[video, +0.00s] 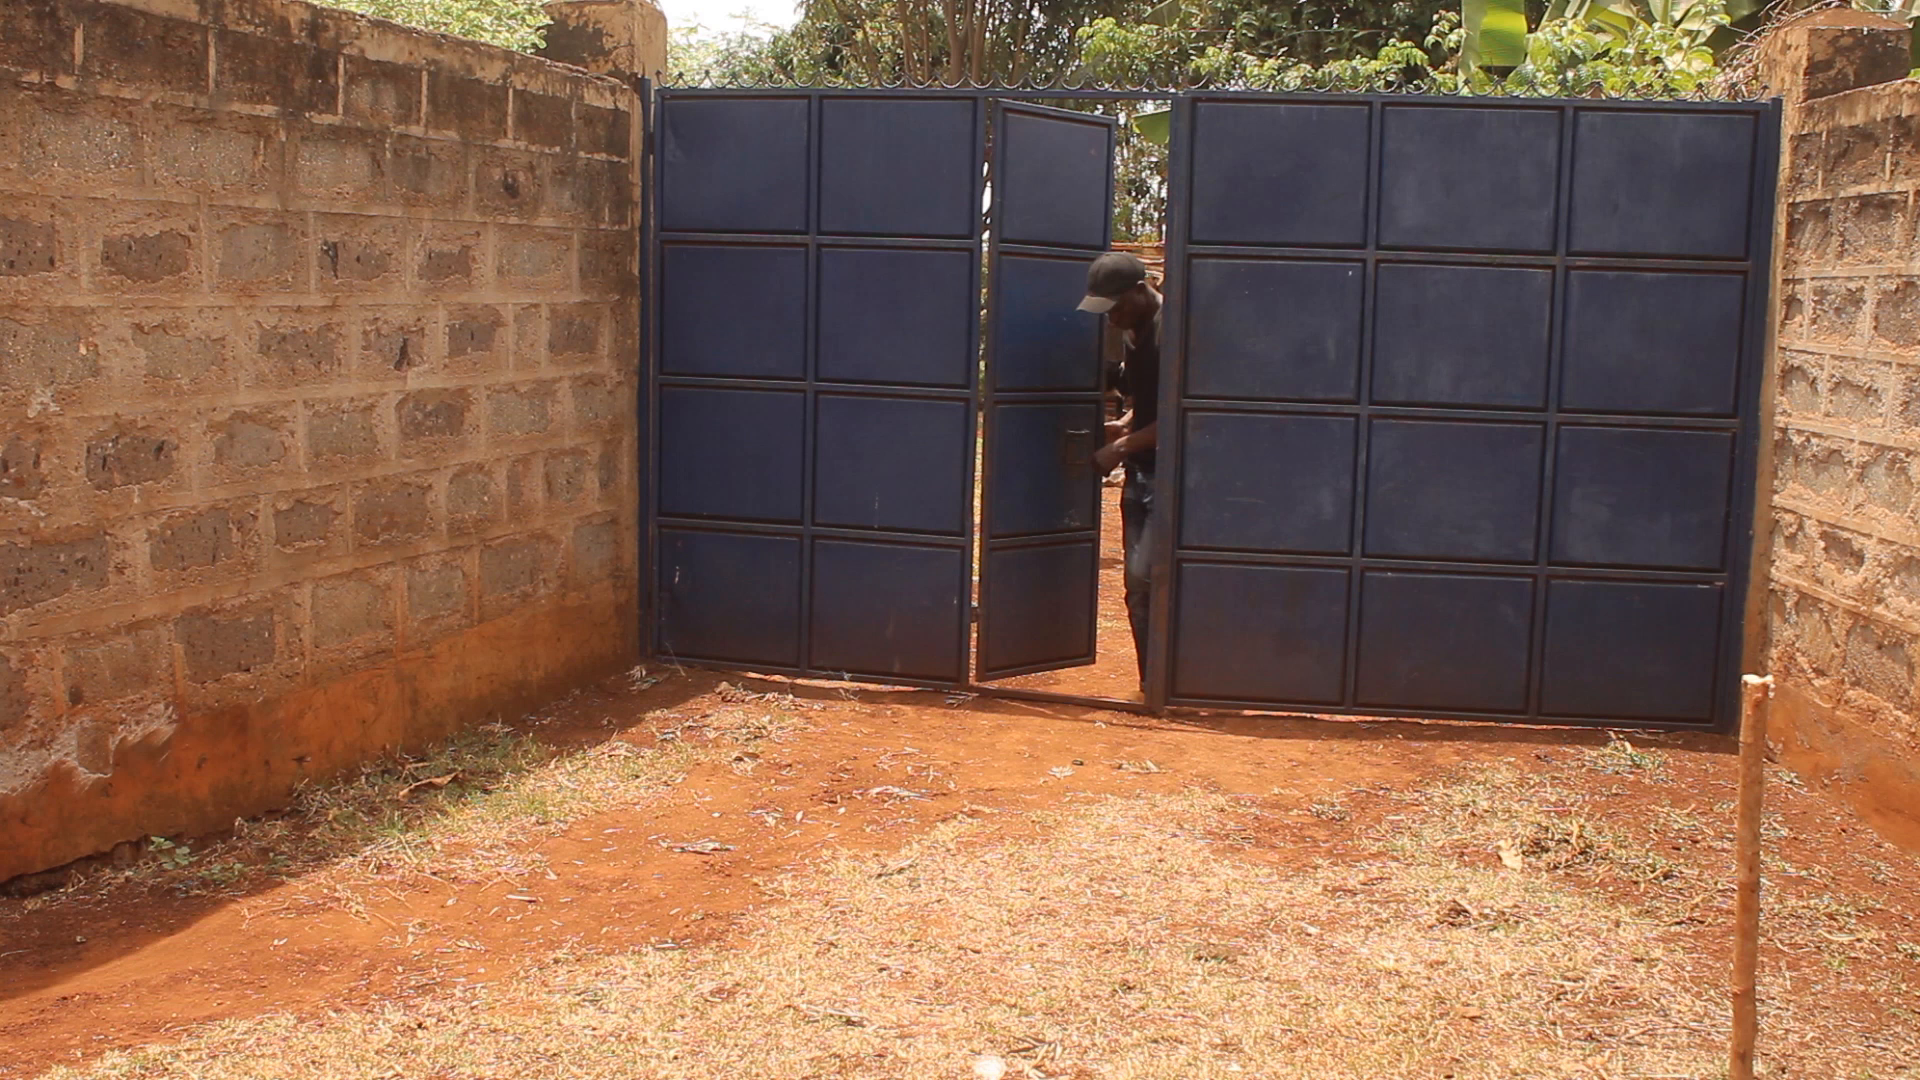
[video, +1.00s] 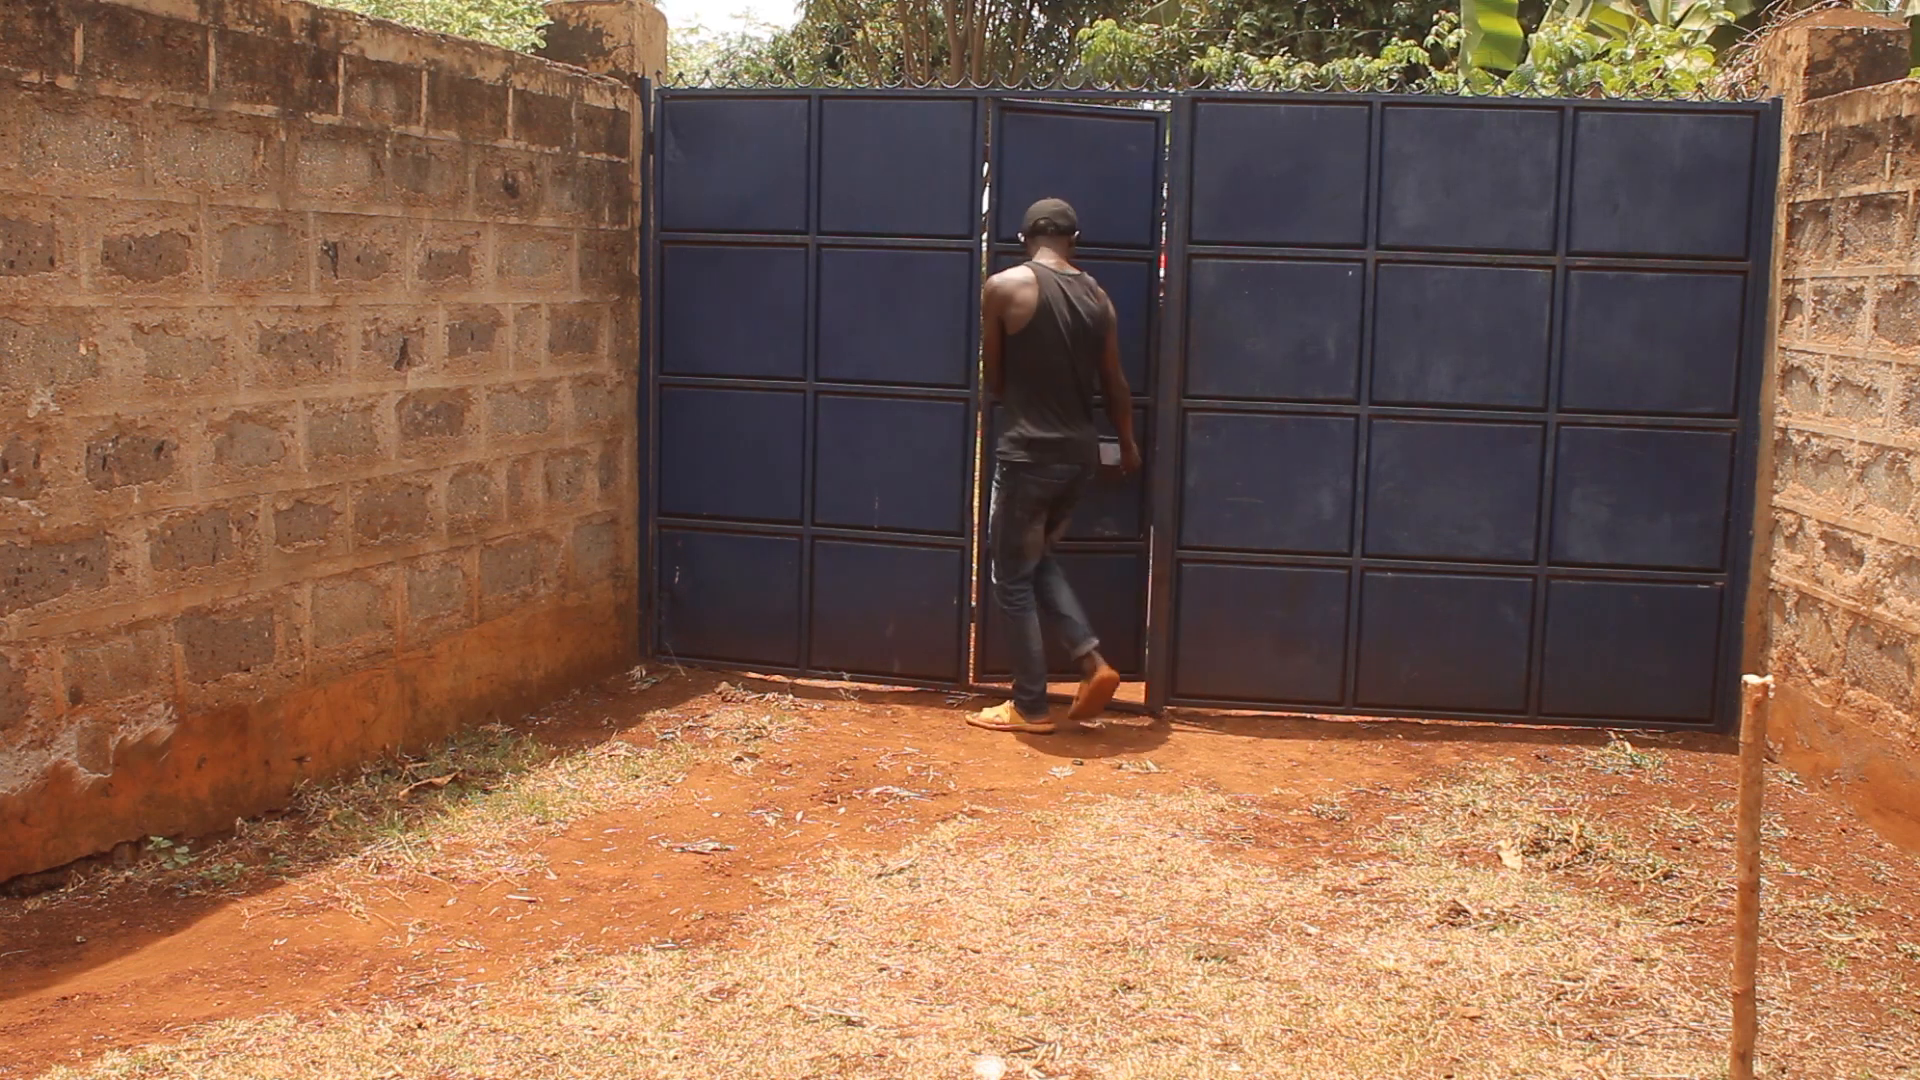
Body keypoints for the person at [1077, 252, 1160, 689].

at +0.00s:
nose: (1111, 316)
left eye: (1115, 306)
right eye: (1107, 308)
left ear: (1139, 293)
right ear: (1112, 299)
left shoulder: (1171, 332)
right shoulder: (1135, 328)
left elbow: (1177, 417)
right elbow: (1149, 400)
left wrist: (1120, 449)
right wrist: (1123, 427)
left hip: (1171, 472)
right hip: (1141, 469)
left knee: (1150, 573)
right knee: (1137, 577)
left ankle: (1164, 683)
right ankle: (1151, 682)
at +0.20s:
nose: (1076, 310)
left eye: (1079, 301)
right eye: (1073, 302)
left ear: (1103, 286)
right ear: (1099, 288)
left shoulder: (1139, 322)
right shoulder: (1114, 317)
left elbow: (1140, 412)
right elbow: (1117, 402)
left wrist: (1069, 438)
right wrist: (1085, 441)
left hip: (1147, 458)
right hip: (1126, 456)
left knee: (1066, 520)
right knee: (1126, 568)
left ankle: (1125, 637)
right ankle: (1150, 672)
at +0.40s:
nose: (1038, 309)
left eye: (1037, 300)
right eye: (1034, 301)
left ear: (1058, 286)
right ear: (1064, 283)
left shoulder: (1092, 328)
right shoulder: (1102, 312)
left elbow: (1086, 418)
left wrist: (1033, 430)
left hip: (1105, 471)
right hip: (1110, 467)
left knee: (1027, 563)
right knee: (1107, 577)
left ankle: (1026, 698)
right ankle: (1147, 675)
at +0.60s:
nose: (1012, 291)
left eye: (1009, 281)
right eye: (1008, 282)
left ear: (1021, 270)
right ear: (1050, 260)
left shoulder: (1050, 312)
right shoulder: (1081, 304)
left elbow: (1025, 402)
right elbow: (1107, 393)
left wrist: (1013, 434)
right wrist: (1103, 454)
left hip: (1064, 475)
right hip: (1084, 473)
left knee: (1000, 574)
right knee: (1029, 573)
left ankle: (1029, 704)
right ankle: (1114, 626)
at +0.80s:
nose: (1009, 254)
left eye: (1008, 247)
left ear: (1013, 244)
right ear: (1059, 238)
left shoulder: (1017, 290)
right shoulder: (1082, 288)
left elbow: (998, 389)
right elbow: (1111, 376)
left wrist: (1022, 422)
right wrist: (1122, 440)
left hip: (1042, 458)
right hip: (1068, 453)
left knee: (1005, 574)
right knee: (981, 542)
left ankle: (1030, 704)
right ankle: (1087, 620)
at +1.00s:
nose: (1039, 247)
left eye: (1029, 238)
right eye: (1066, 241)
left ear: (1025, 238)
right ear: (1073, 241)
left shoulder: (1003, 287)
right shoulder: (1097, 296)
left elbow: (994, 380)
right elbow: (1113, 378)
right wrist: (1128, 442)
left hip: (1025, 452)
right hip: (1078, 451)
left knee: (1013, 579)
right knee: (1041, 559)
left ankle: (1029, 704)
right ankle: (1093, 665)